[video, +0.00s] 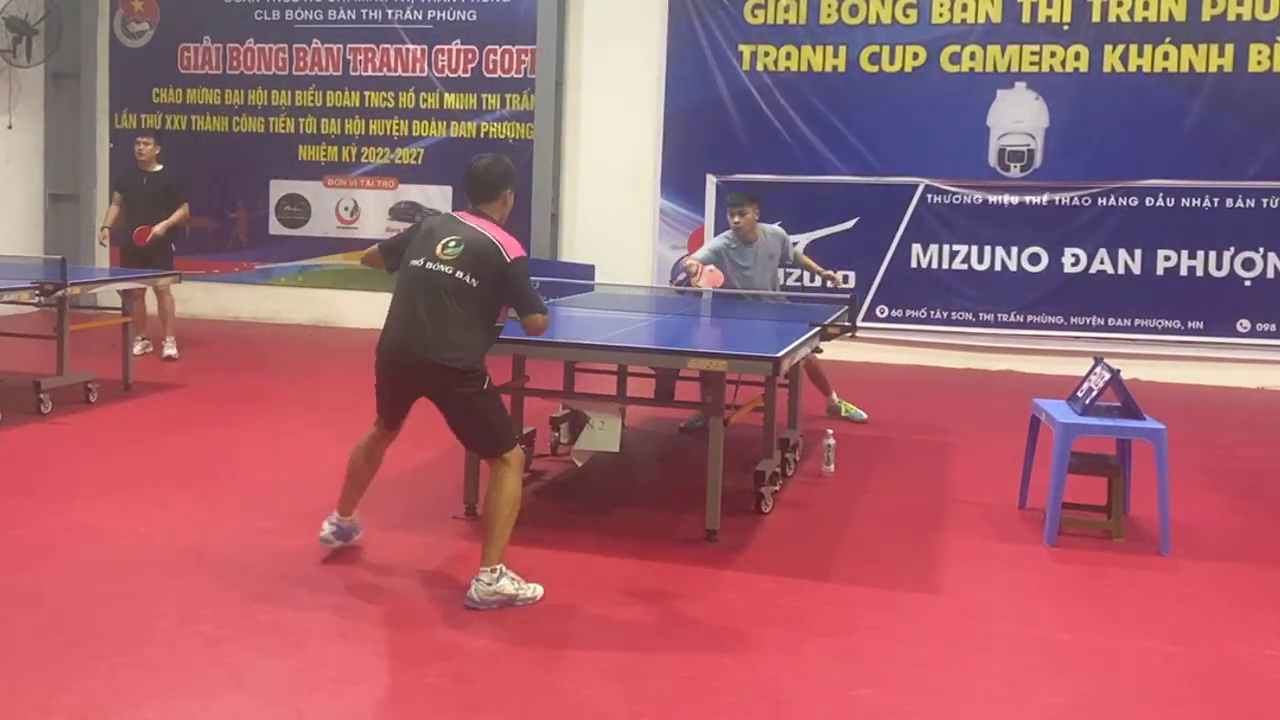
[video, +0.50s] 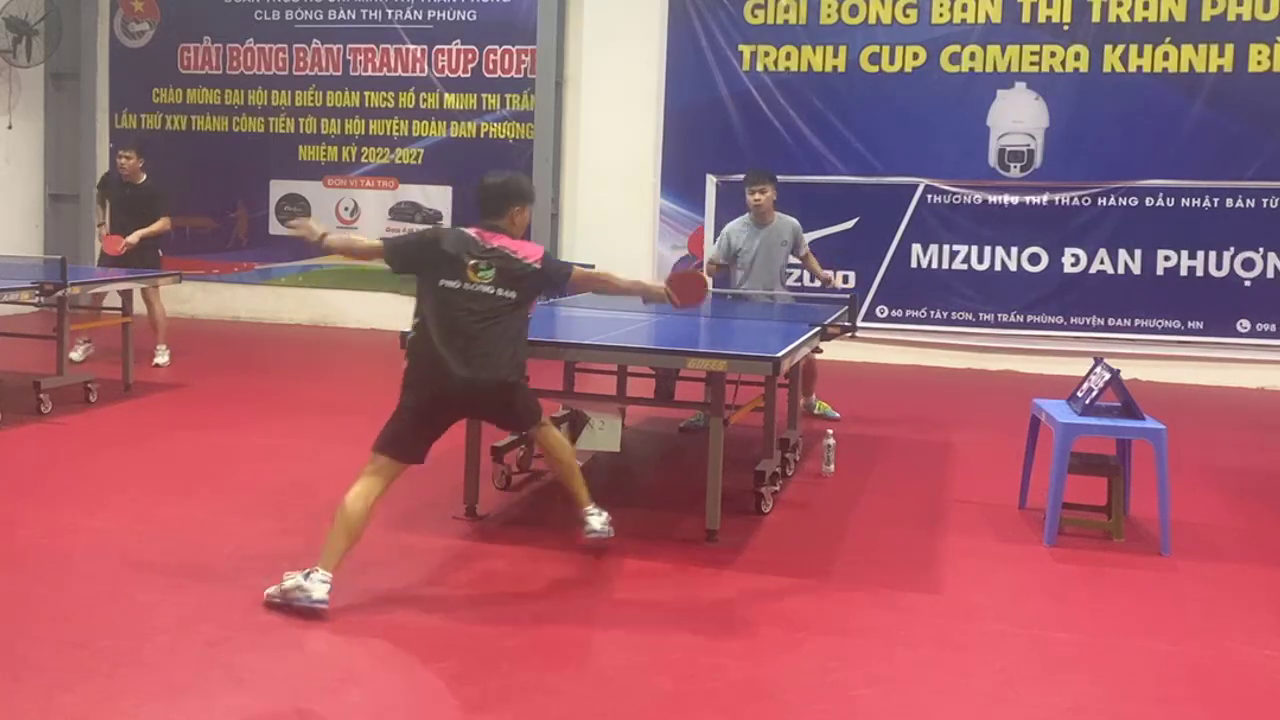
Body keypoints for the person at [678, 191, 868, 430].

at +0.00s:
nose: (736, 220)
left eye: (742, 215)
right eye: (732, 215)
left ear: (756, 214)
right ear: (728, 217)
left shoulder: (775, 235)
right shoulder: (723, 243)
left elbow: (796, 257)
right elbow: (691, 260)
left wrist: (822, 272)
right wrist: (692, 266)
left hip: (775, 311)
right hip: (735, 314)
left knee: (806, 354)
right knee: (706, 355)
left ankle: (833, 401)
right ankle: (708, 411)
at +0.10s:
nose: (729, 217)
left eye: (735, 211)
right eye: (724, 212)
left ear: (749, 211)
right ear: (720, 213)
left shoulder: (766, 232)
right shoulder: (716, 242)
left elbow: (784, 248)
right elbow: (686, 261)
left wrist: (813, 260)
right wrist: (698, 265)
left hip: (766, 312)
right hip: (726, 316)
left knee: (795, 354)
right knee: (703, 356)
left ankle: (821, 401)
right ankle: (706, 411)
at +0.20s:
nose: (730, 210)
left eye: (736, 203)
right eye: (725, 204)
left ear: (748, 204)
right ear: (720, 207)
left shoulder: (764, 226)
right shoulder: (715, 235)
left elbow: (780, 243)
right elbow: (685, 260)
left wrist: (810, 253)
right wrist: (706, 258)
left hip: (762, 306)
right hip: (722, 309)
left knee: (794, 346)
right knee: (703, 356)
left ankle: (813, 397)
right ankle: (705, 409)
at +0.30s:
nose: (736, 202)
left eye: (742, 196)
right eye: (731, 196)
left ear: (754, 198)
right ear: (725, 200)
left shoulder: (768, 224)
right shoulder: (718, 230)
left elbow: (783, 244)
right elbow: (688, 261)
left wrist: (810, 257)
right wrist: (708, 261)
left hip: (764, 305)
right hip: (726, 307)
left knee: (796, 345)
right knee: (705, 352)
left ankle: (811, 396)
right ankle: (705, 409)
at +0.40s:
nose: (745, 198)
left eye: (751, 192)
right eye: (740, 193)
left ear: (763, 195)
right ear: (734, 197)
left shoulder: (777, 225)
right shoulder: (723, 230)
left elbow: (792, 251)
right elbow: (694, 266)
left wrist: (817, 267)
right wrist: (716, 265)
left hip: (771, 307)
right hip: (731, 308)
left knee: (798, 348)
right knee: (711, 351)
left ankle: (810, 398)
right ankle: (706, 409)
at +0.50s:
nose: (756, 198)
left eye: (762, 192)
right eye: (752, 193)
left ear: (774, 195)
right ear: (746, 197)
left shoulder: (790, 227)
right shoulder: (733, 230)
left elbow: (804, 254)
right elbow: (711, 266)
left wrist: (820, 273)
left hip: (780, 307)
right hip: (739, 308)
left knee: (808, 352)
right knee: (715, 352)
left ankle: (809, 400)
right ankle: (710, 410)